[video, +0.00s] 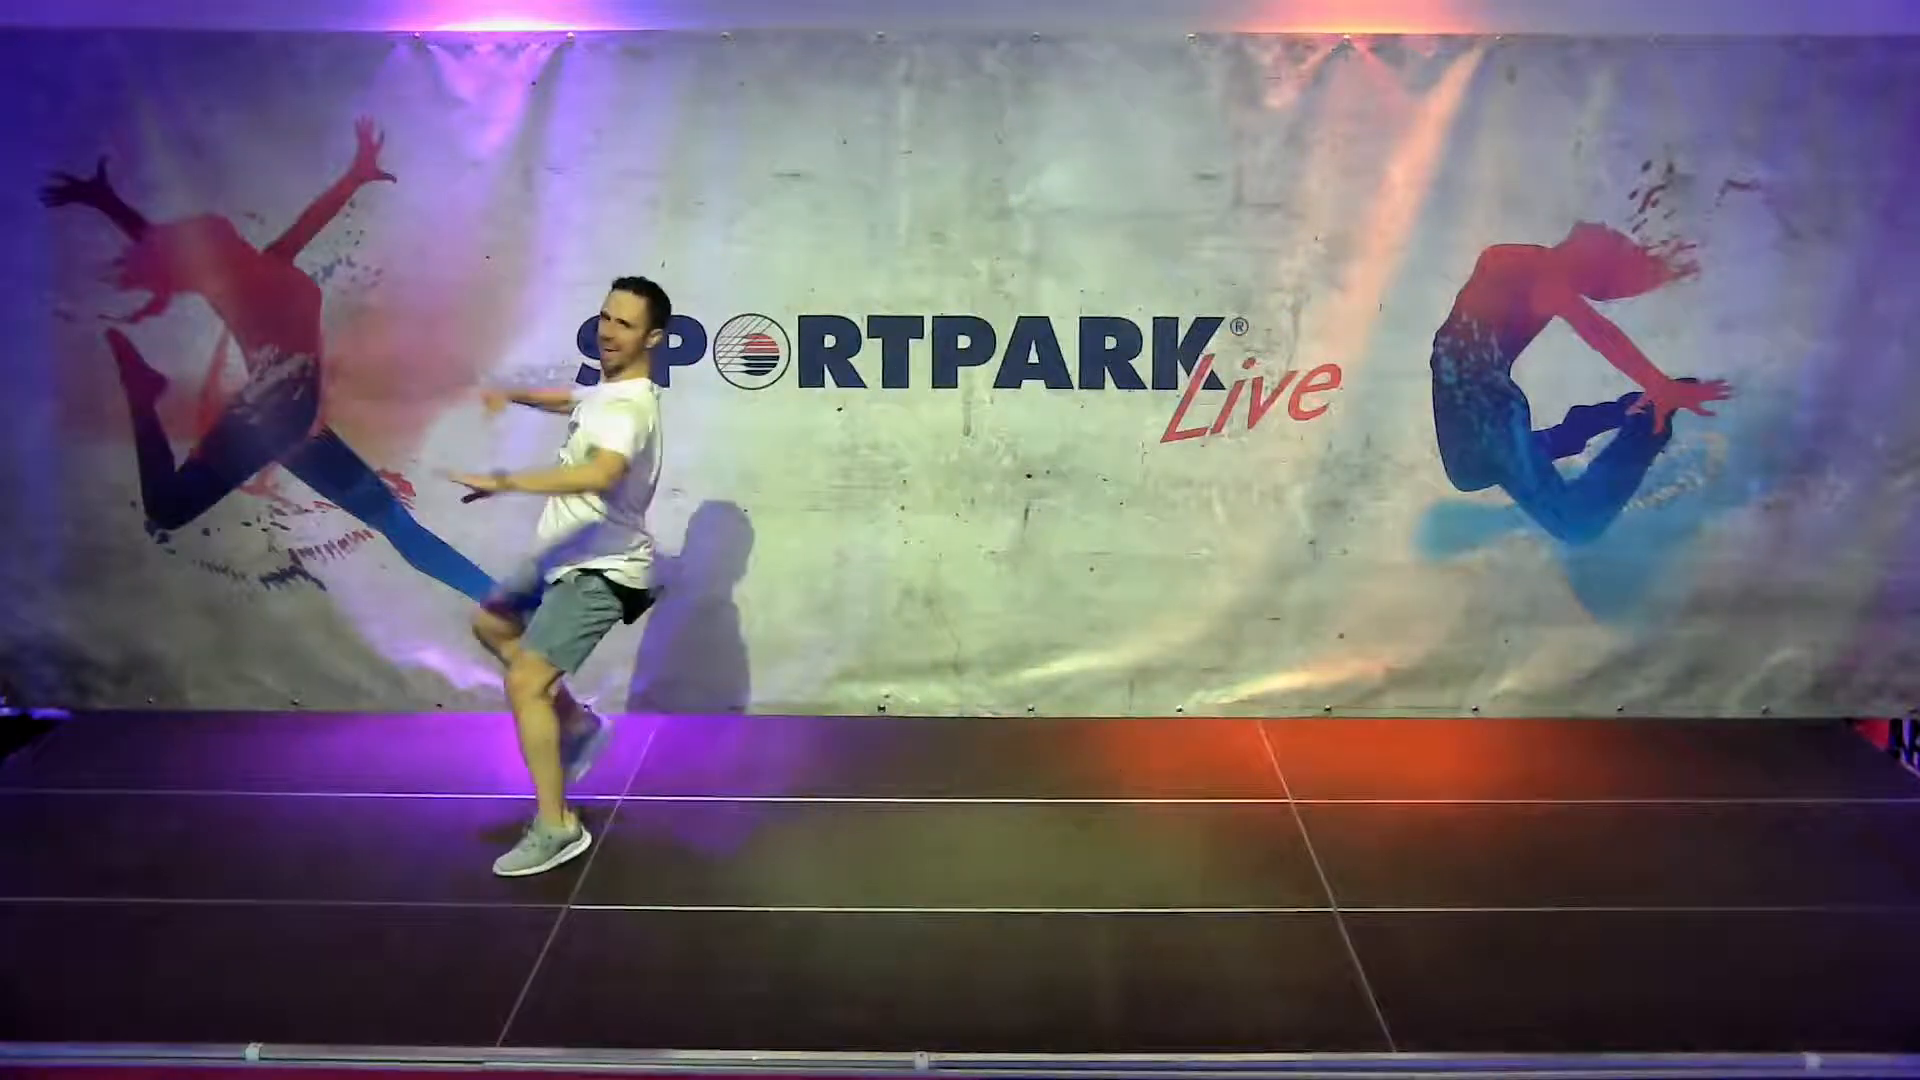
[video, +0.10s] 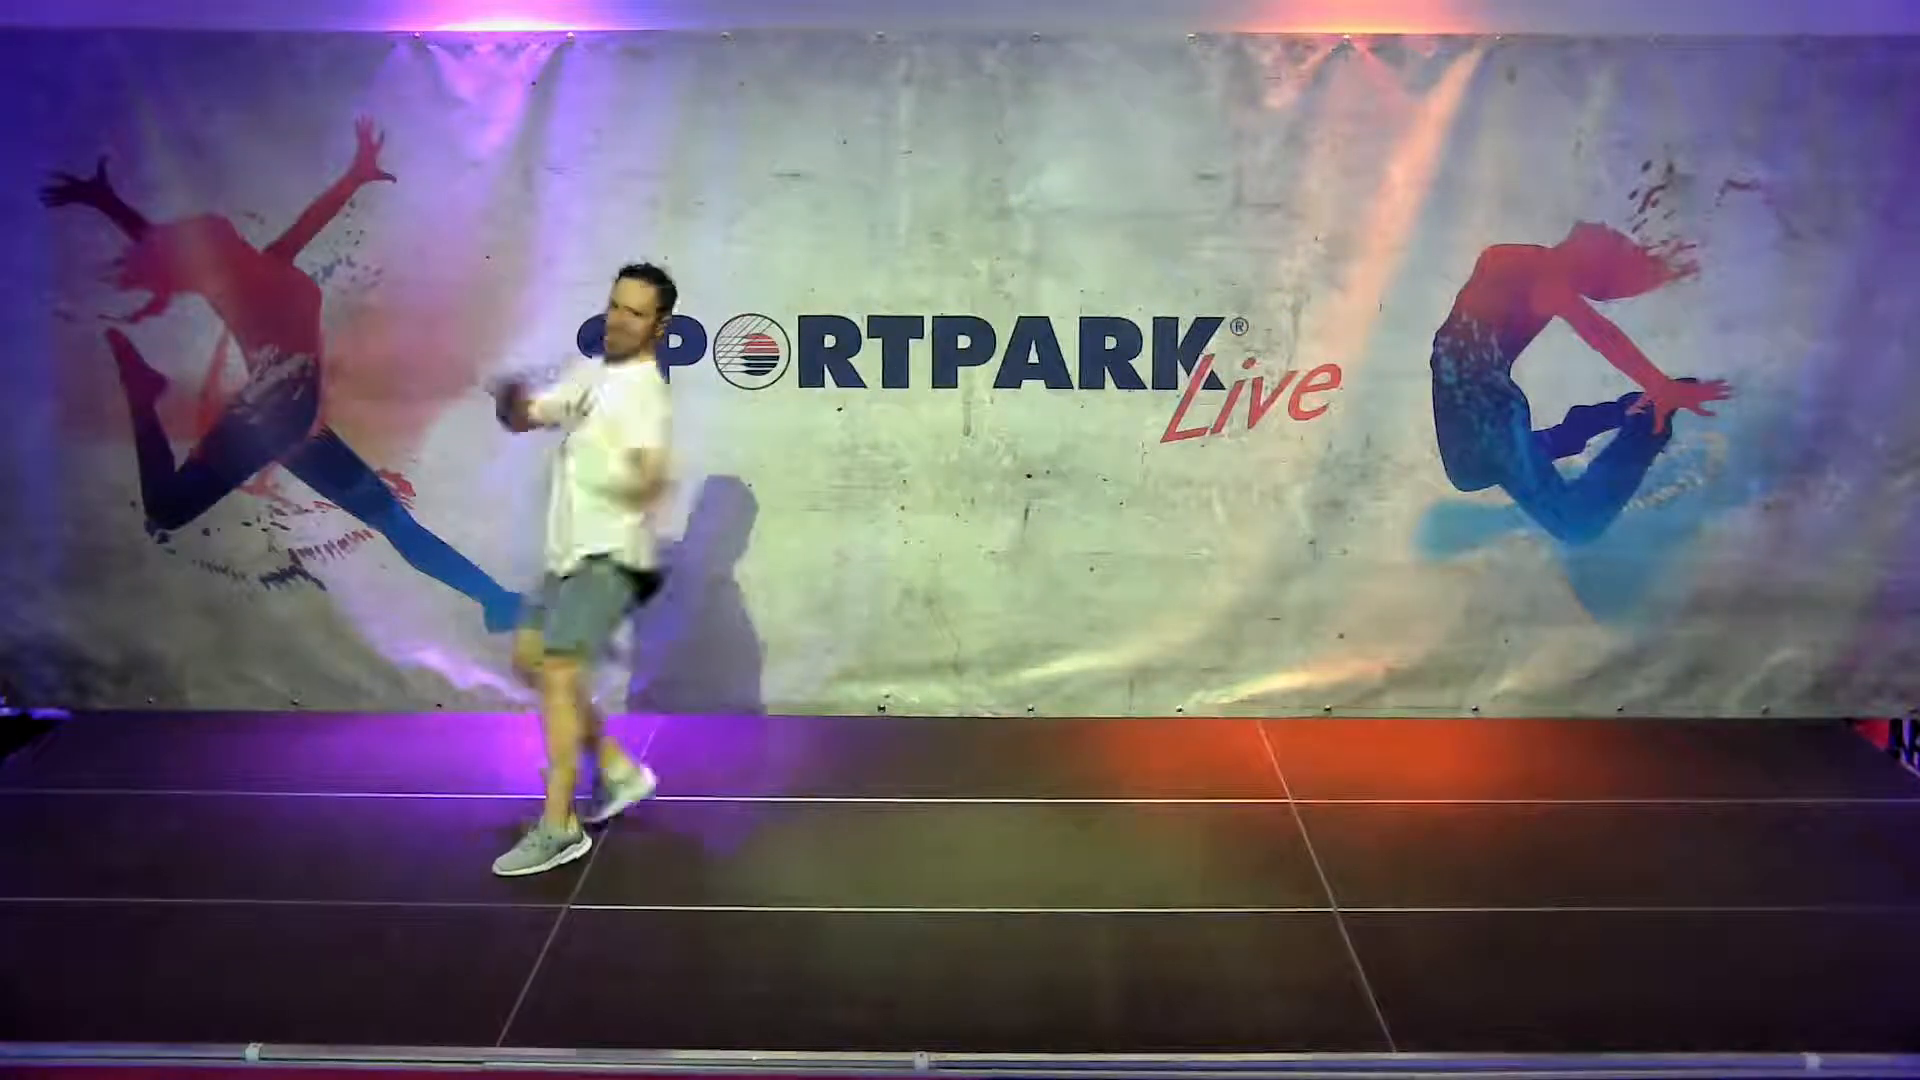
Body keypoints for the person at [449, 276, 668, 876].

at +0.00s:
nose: (607, 332)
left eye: (622, 325)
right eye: (606, 319)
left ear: (652, 338)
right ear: (603, 322)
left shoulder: (630, 404)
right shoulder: (611, 387)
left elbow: (602, 472)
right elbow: (574, 402)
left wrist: (507, 483)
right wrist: (513, 394)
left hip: (605, 568)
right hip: (571, 555)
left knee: (527, 681)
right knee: (492, 623)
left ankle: (556, 824)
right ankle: (575, 723)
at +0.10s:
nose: (618, 320)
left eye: (633, 313)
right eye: (615, 308)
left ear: (659, 326)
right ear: (607, 309)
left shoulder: (645, 386)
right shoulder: (591, 376)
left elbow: (650, 481)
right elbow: (527, 417)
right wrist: (514, 401)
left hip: (609, 553)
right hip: (571, 549)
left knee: (561, 672)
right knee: (531, 656)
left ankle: (558, 825)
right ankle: (620, 771)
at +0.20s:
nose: (656, 294)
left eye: (666, 286)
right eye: (648, 281)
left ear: (674, 295)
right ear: (620, 279)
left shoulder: (679, 358)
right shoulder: (574, 341)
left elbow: (725, 443)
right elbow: (526, 416)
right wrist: (565, 439)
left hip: (640, 531)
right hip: (576, 527)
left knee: (613, 658)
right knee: (565, 648)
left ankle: (586, 801)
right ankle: (626, 770)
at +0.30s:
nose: (694, 278)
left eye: (698, 267)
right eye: (685, 266)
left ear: (691, 270)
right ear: (646, 265)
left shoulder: (701, 340)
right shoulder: (589, 336)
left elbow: (779, 370)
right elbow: (553, 427)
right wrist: (589, 494)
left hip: (666, 515)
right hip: (593, 511)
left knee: (657, 640)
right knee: (592, 643)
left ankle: (650, 775)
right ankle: (606, 764)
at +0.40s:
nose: (726, 283)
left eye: (725, 272)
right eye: (717, 271)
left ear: (708, 277)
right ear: (682, 273)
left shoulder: (713, 347)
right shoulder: (631, 353)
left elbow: (759, 314)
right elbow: (602, 451)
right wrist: (621, 531)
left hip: (694, 525)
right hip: (626, 527)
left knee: (713, 633)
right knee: (604, 643)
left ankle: (694, 753)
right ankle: (578, 762)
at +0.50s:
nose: (744, 289)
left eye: (742, 277)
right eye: (737, 278)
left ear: (702, 287)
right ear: (713, 286)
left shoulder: (712, 349)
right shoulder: (677, 369)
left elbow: (728, 290)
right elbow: (650, 469)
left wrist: (745, 239)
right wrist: (658, 557)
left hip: (704, 528)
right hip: (648, 533)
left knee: (737, 632)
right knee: (619, 649)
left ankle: (709, 748)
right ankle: (580, 761)